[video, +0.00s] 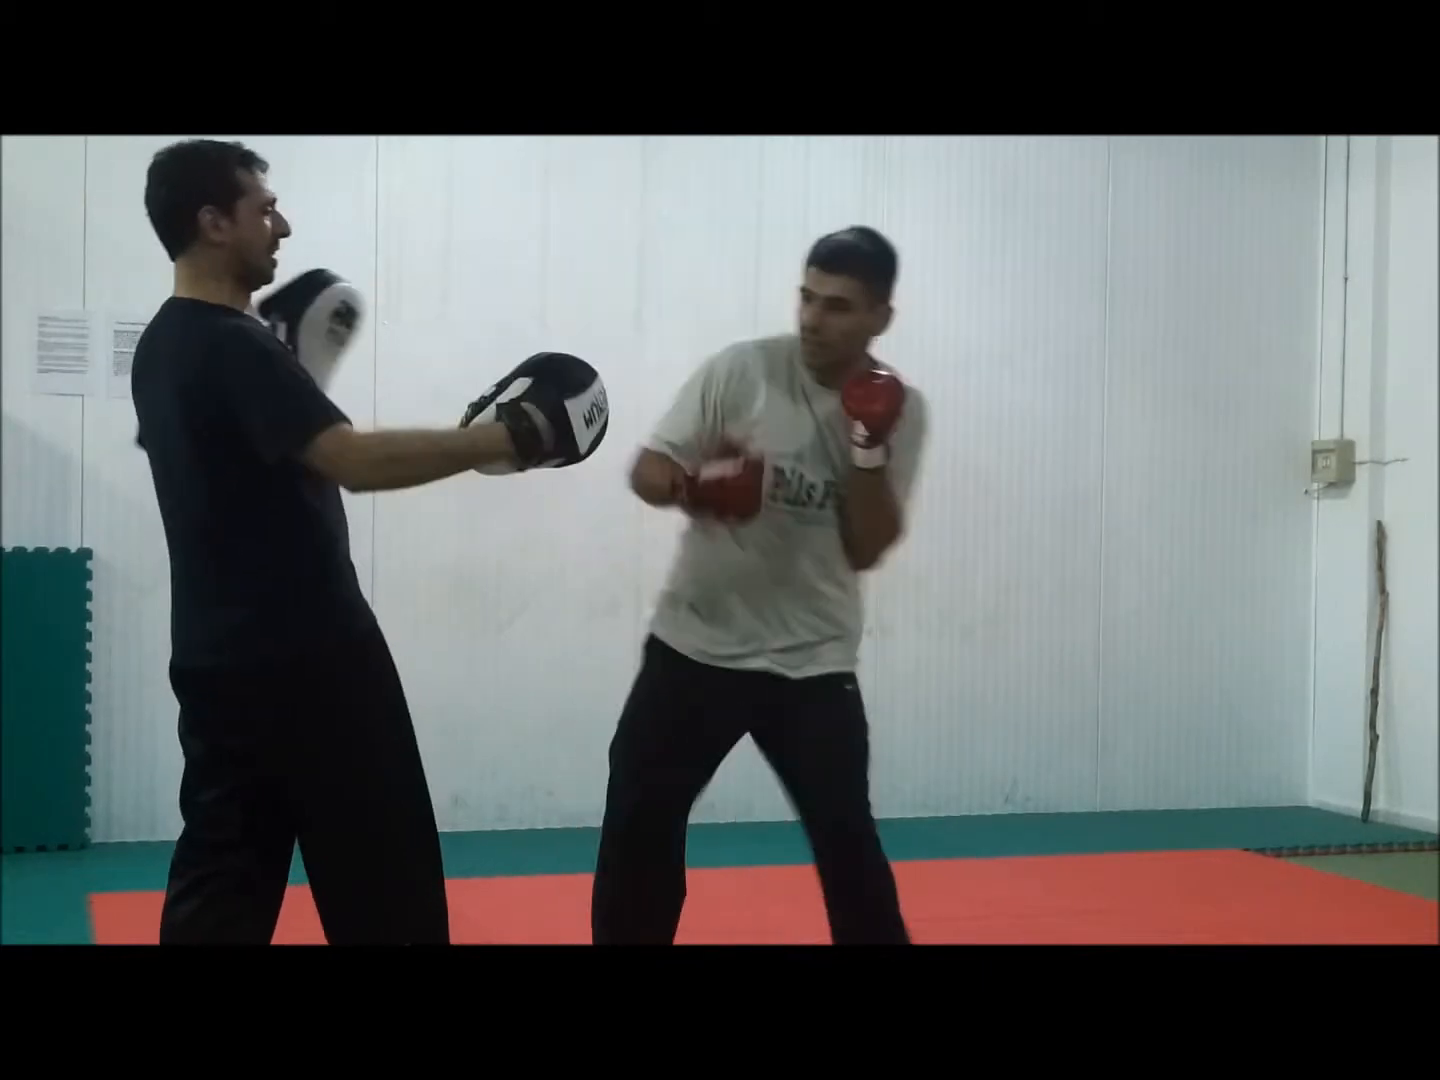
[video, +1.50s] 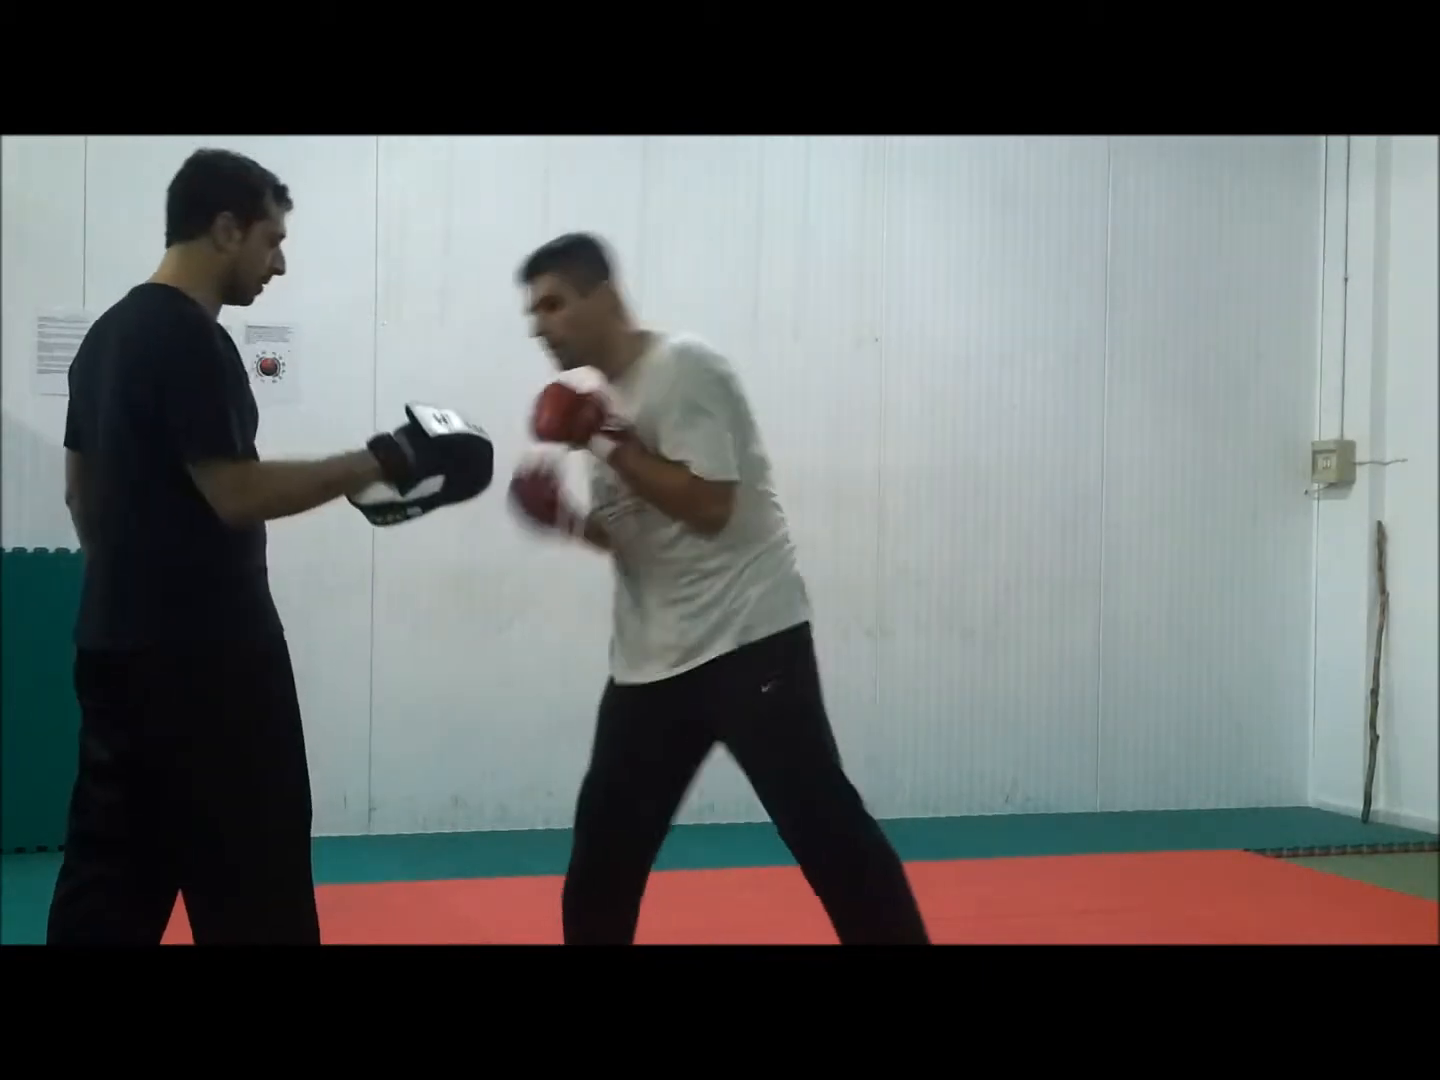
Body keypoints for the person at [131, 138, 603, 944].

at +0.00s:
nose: (281, 224)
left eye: (275, 207)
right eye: (265, 208)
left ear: (207, 229)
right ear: (213, 224)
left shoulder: (164, 344)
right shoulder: (234, 341)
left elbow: (230, 468)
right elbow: (350, 458)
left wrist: (285, 364)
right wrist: (507, 440)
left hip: (219, 660)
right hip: (312, 656)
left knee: (220, 884)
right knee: (387, 881)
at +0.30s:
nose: (315, 227)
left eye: (310, 207)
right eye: (302, 207)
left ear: (233, 217)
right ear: (248, 213)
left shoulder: (170, 335)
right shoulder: (244, 338)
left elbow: (219, 479)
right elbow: (310, 489)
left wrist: (305, 397)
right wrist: (443, 446)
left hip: (195, 652)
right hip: (291, 653)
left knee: (207, 884)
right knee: (376, 882)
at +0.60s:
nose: (306, 272)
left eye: (311, 252)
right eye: (306, 249)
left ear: (216, 233)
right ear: (266, 235)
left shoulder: (110, 337)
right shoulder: (251, 345)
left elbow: (61, 487)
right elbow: (286, 502)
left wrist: (68, 607)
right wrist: (410, 499)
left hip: (122, 654)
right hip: (239, 657)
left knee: (106, 882)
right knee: (267, 888)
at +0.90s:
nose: (304, 273)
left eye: (308, 253)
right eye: (303, 249)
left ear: (213, 232)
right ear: (261, 233)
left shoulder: (107, 338)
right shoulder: (244, 347)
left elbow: (60, 488)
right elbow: (281, 507)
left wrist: (68, 608)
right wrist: (407, 499)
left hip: (121, 660)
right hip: (237, 663)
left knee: (104, 887)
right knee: (267, 895)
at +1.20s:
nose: (264, 253)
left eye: (265, 233)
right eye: (257, 230)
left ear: (190, 226)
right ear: (208, 224)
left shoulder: (97, 343)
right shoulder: (193, 336)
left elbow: (82, 508)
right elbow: (255, 477)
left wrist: (95, 622)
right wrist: (373, 417)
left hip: (129, 662)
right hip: (226, 662)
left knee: (113, 881)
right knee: (263, 886)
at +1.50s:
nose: (279, 263)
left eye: (281, 243)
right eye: (275, 240)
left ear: (200, 228)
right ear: (227, 226)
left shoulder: (106, 335)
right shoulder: (192, 336)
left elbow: (84, 495)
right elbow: (235, 494)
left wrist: (143, 582)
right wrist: (374, 462)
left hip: (118, 643)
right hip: (212, 647)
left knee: (111, 867)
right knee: (256, 868)